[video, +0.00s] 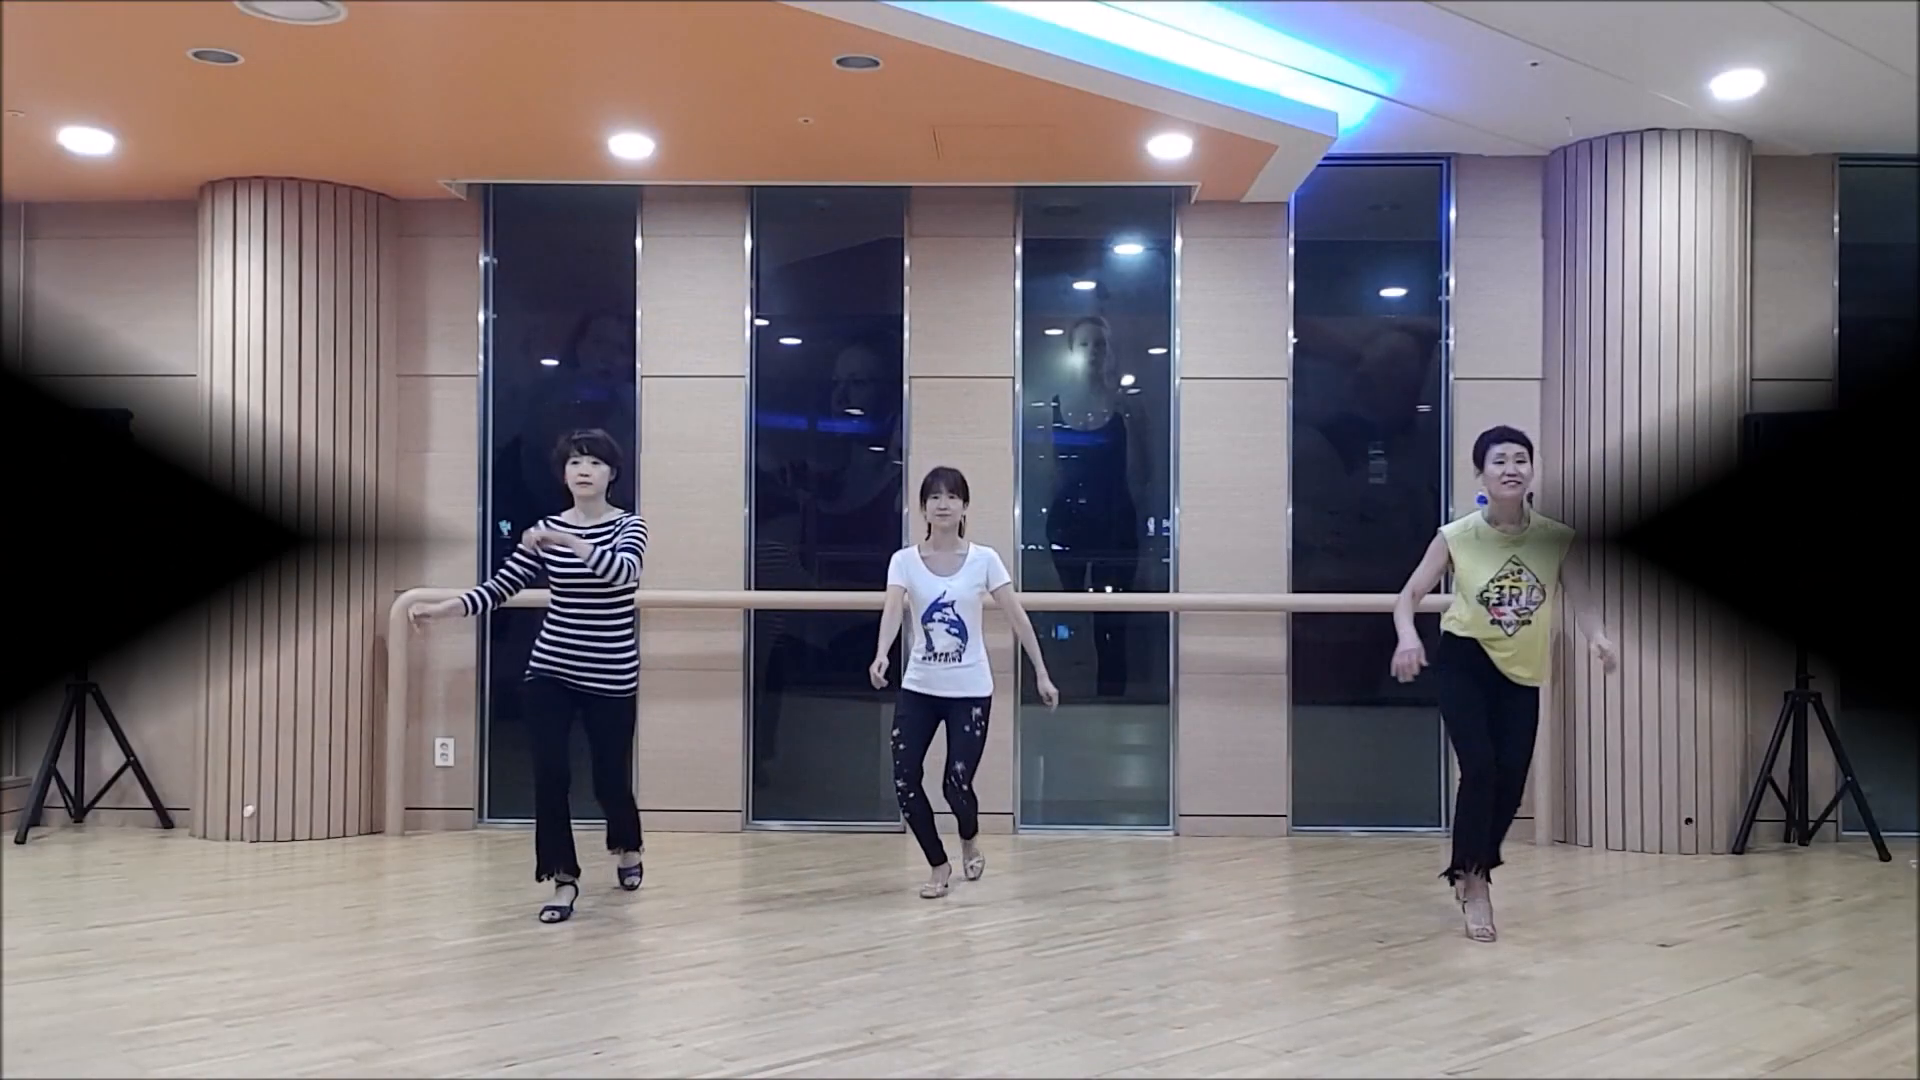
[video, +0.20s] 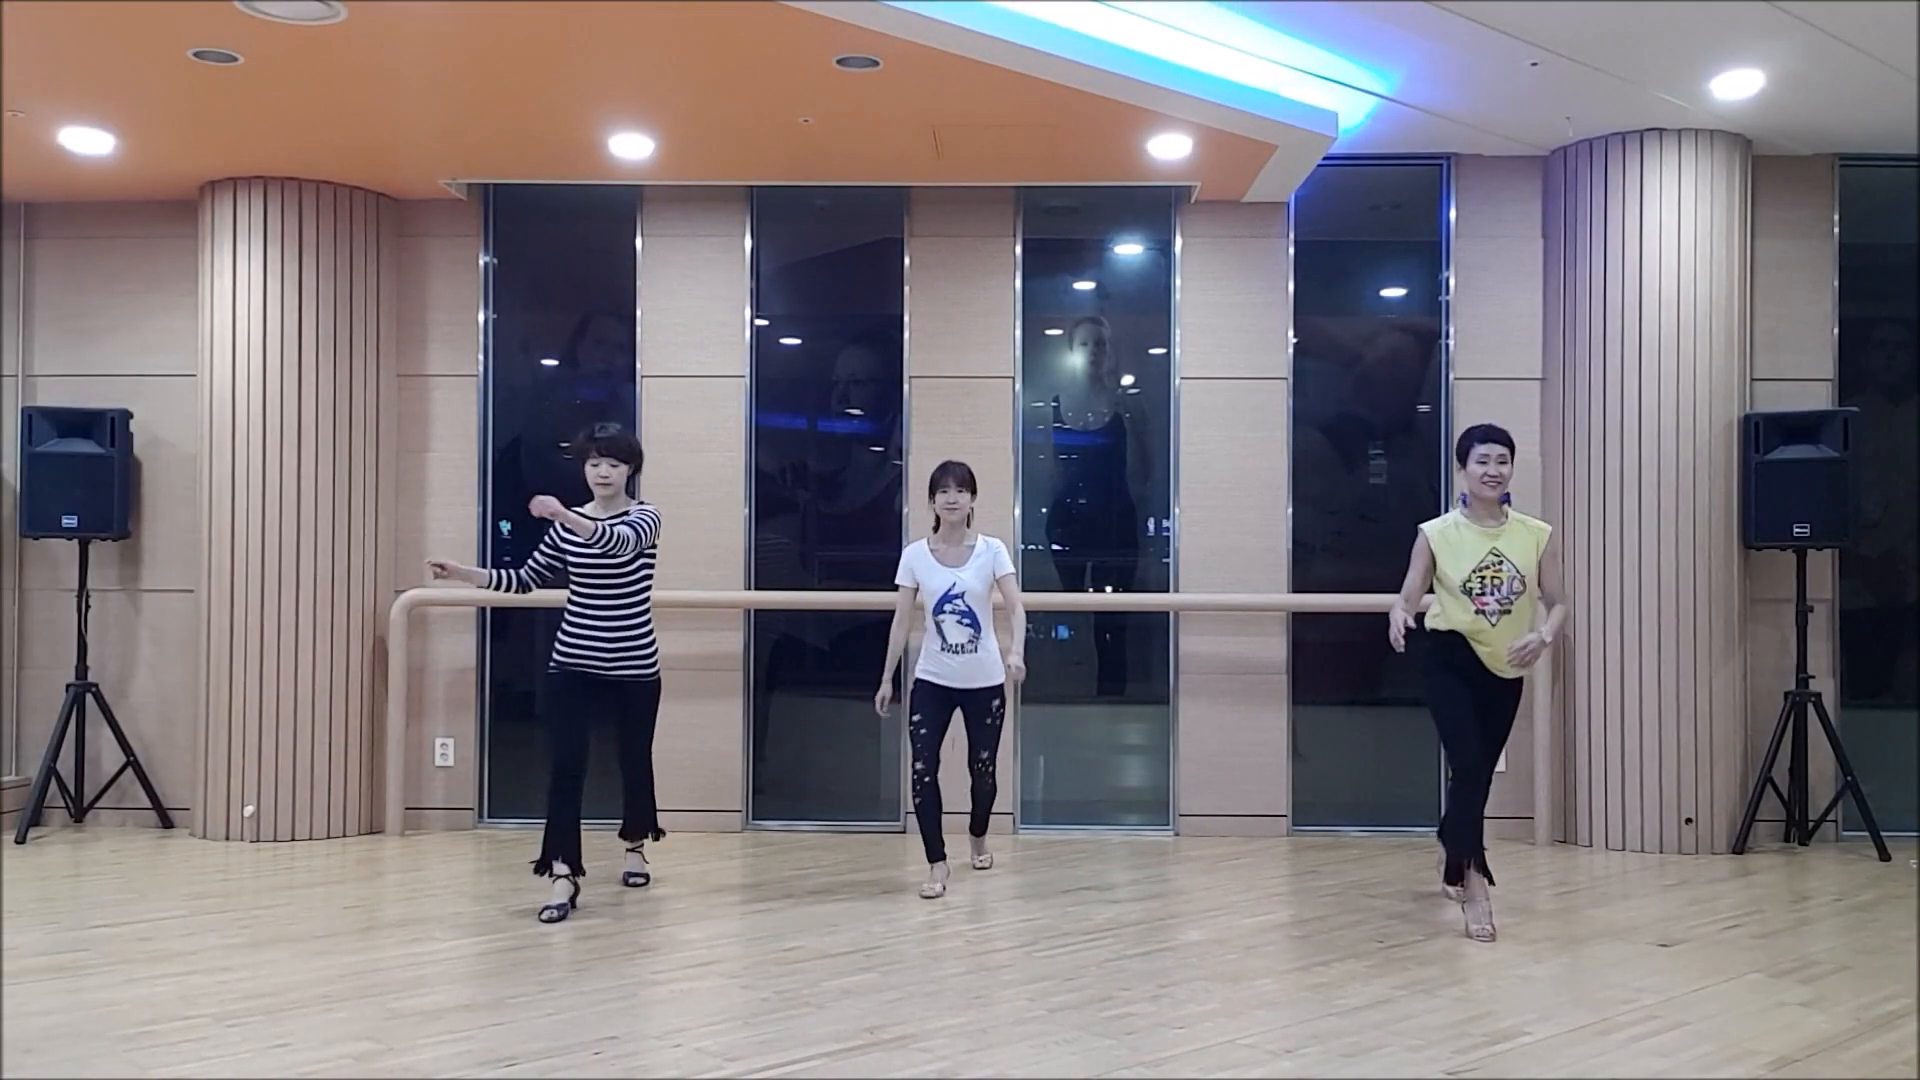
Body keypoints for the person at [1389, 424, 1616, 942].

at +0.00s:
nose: (1511, 470)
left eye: (1520, 461)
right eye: (1499, 462)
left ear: (1533, 472)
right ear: (1481, 476)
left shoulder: (1557, 537)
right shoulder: (1458, 535)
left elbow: (1573, 598)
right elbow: (1407, 598)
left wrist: (1597, 634)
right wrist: (1407, 637)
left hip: (1523, 670)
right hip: (1464, 659)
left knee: (1511, 783)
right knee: (1481, 767)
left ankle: (1473, 874)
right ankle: (1474, 884)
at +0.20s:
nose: (1494, 470)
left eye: (1502, 462)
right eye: (1483, 461)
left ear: (1513, 470)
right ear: (1463, 470)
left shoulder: (1536, 536)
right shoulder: (1436, 534)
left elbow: (1558, 603)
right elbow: (1408, 598)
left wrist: (1544, 636)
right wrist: (1400, 612)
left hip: (1504, 665)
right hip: (1449, 655)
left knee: (1479, 770)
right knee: (1470, 765)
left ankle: (1455, 867)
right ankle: (1476, 887)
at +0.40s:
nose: (1479, 464)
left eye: (1487, 456)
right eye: (1469, 455)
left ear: (1498, 465)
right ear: (1450, 464)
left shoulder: (1519, 529)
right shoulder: (1423, 525)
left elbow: (1529, 602)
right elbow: (1393, 590)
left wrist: (1531, 663)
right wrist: (1384, 612)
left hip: (1494, 655)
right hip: (1438, 647)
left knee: (1477, 757)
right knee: (1470, 749)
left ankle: (1449, 857)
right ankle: (1463, 866)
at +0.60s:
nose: (1469, 450)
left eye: (1476, 444)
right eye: (1459, 444)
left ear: (1487, 456)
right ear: (1439, 455)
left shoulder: (1507, 521)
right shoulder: (1412, 514)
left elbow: (1522, 589)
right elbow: (1377, 574)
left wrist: (1537, 652)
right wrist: (1367, 595)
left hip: (1488, 644)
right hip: (1432, 638)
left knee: (1471, 749)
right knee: (1465, 739)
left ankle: (1450, 858)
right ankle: (1430, 814)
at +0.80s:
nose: (1462, 447)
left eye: (1470, 441)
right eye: (1452, 441)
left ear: (1479, 452)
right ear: (1433, 452)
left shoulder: (1501, 514)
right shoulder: (1408, 512)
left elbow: (1514, 587)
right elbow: (1394, 575)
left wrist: (1531, 648)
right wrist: (1391, 595)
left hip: (1481, 640)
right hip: (1427, 633)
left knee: (1465, 753)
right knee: (1433, 747)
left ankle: (1449, 856)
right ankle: (1419, 850)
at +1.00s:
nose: (1461, 447)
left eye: (1466, 441)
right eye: (1450, 442)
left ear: (1478, 454)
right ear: (1432, 458)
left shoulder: (1503, 518)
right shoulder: (1409, 516)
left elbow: (1507, 589)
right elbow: (1392, 585)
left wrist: (1503, 645)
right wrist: (1423, 603)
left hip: (1478, 649)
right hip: (1423, 642)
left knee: (1466, 756)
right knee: (1406, 744)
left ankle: (1448, 856)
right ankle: (1381, 833)